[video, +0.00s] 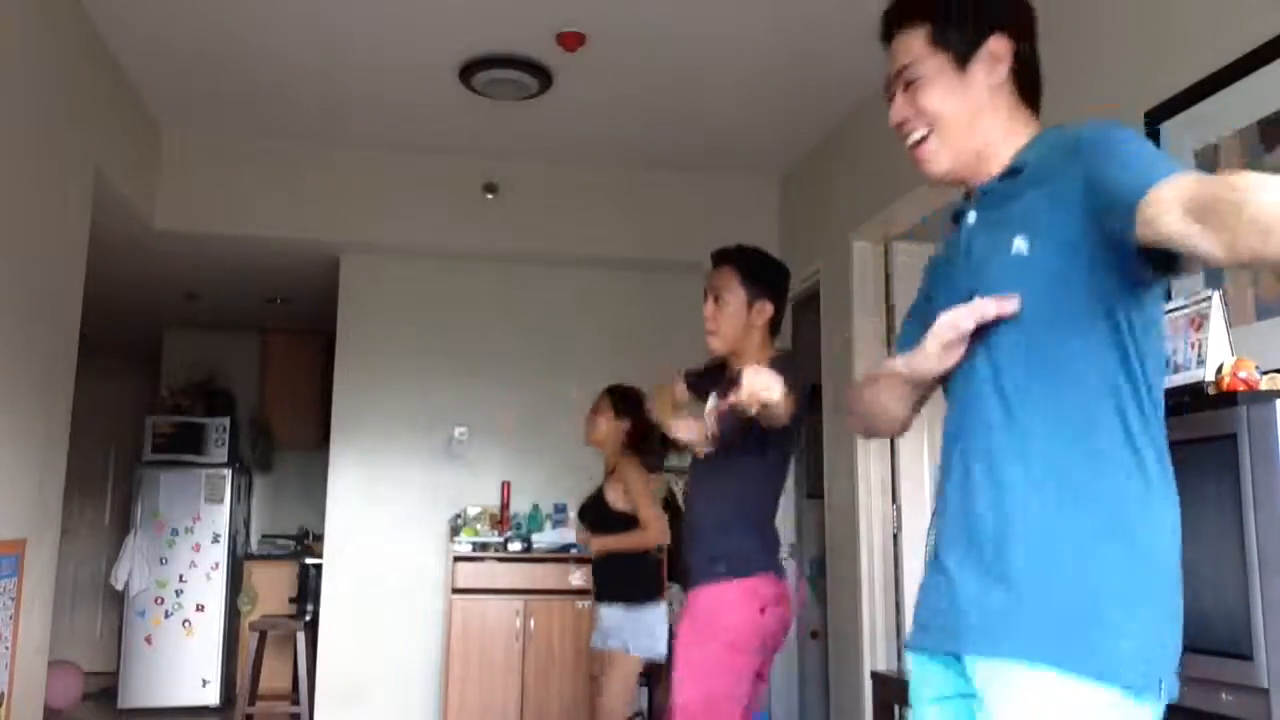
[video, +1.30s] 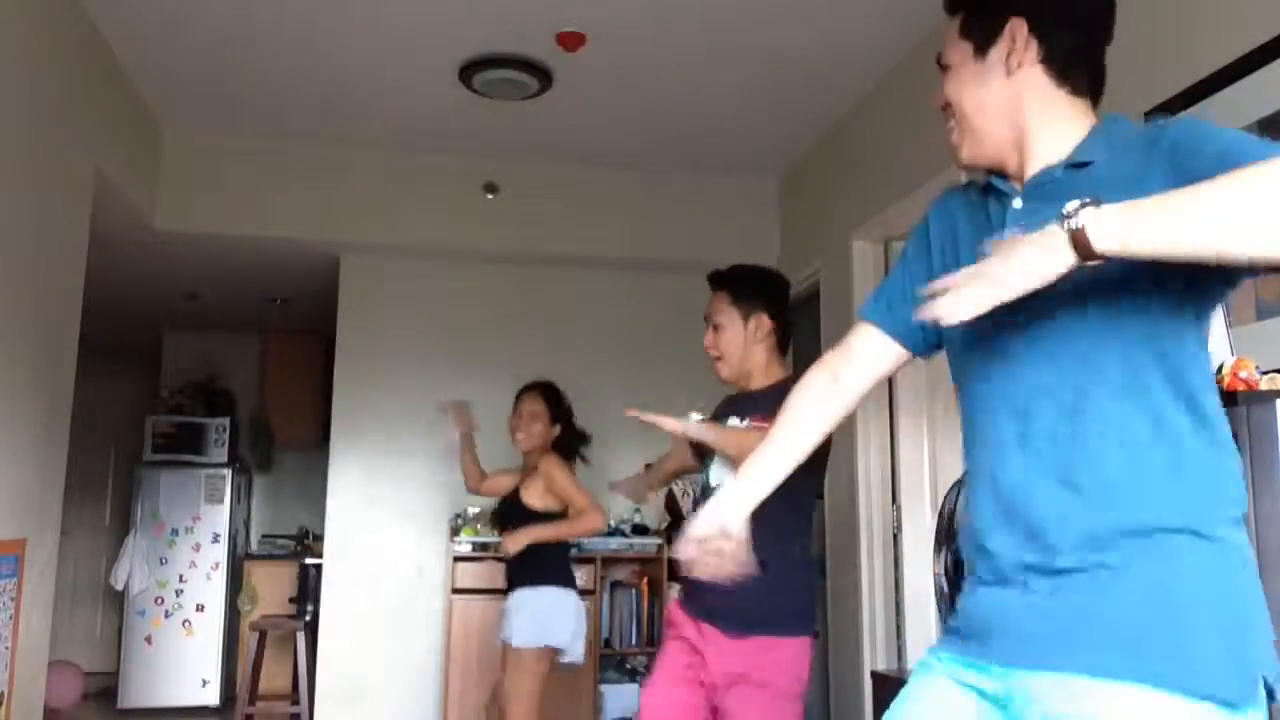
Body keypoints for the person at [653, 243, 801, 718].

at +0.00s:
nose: (706, 312)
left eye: (719, 299)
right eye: (706, 299)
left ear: (763, 312)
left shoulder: (781, 376)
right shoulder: (718, 376)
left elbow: (781, 409)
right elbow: (667, 399)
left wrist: (763, 399)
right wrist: (680, 424)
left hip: (735, 588)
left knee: (697, 709)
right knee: (737, 710)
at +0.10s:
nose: (710, 320)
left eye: (724, 307)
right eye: (710, 307)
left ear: (767, 321)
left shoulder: (789, 388)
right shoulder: (720, 391)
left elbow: (791, 432)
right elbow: (666, 423)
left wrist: (715, 411)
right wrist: (614, 441)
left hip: (753, 602)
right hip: (715, 598)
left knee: (686, 710)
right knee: (745, 713)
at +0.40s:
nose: (716, 323)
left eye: (730, 308)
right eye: (718, 309)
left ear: (776, 322)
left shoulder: (811, 393)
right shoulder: (723, 402)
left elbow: (789, 418)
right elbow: (664, 442)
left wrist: (717, 419)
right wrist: (628, 458)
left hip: (787, 632)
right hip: (704, 627)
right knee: (676, 712)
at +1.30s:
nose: (706, 342)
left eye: (716, 326)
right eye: (707, 327)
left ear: (761, 326)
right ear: (758, 328)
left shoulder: (807, 402)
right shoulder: (729, 408)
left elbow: (772, 452)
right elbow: (687, 453)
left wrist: (699, 431)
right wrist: (651, 478)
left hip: (767, 636)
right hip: (693, 624)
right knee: (658, 712)